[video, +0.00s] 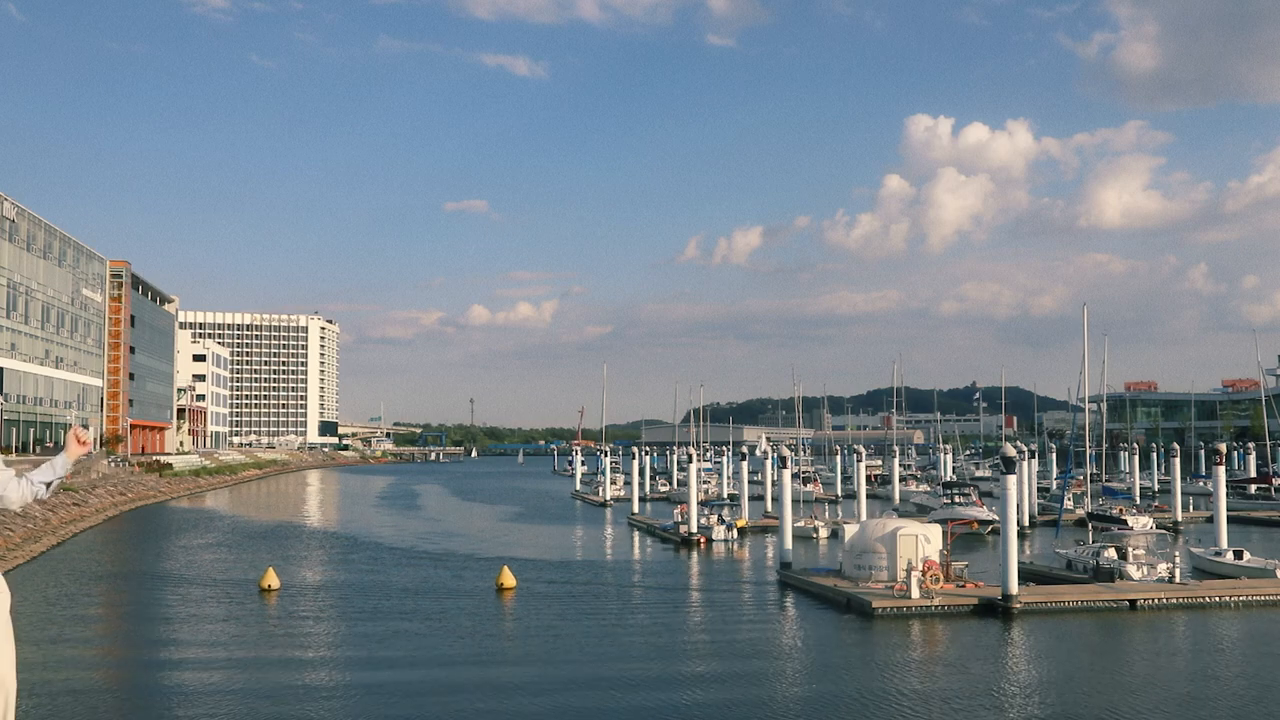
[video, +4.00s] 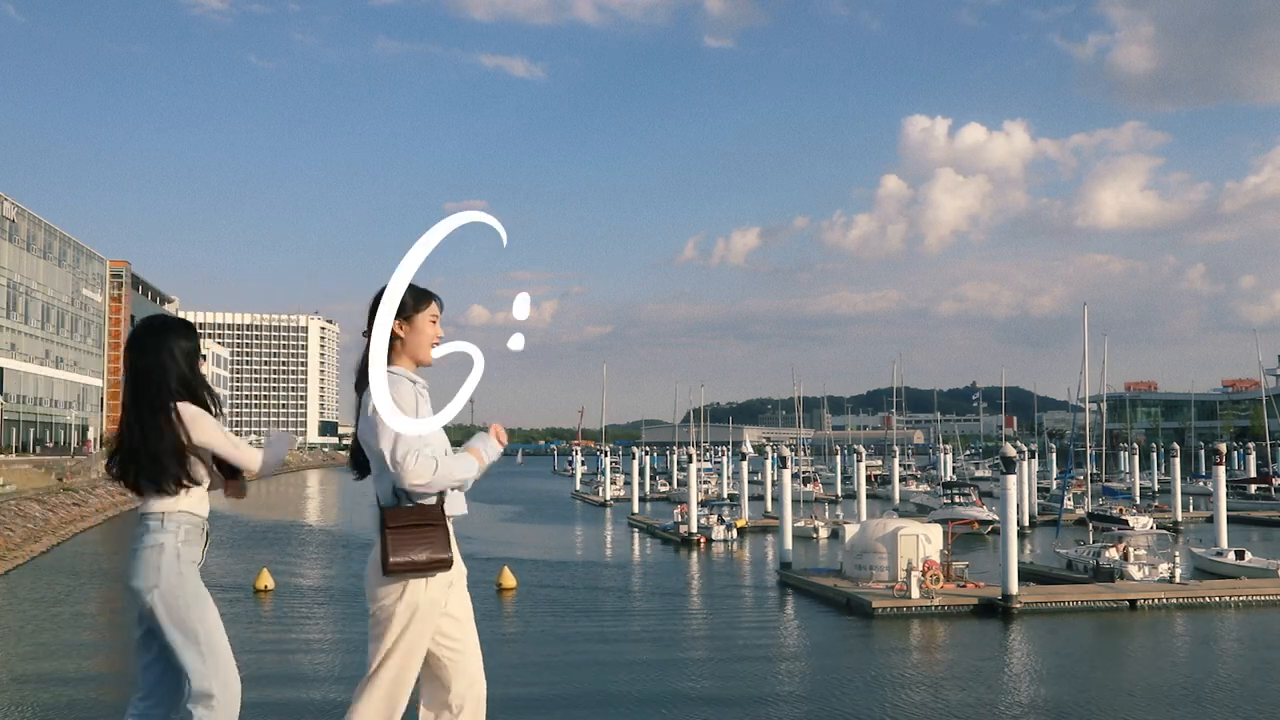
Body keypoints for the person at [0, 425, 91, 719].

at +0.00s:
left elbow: (19, 491)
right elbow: (17, 493)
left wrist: (68, 456)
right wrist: (68, 457)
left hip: (1, 585)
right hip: (0, 586)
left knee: (6, 680)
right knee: (5, 681)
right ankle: (8, 711)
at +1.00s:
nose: (69, 341)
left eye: (72, 332)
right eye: (56, 331)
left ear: (75, 339)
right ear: (23, 338)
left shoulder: (73, 408)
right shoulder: (10, 399)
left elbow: (96, 469)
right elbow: (2, 486)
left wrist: (96, 498)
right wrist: (35, 480)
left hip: (63, 547)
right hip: (18, 549)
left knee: (36, 677)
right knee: (76, 673)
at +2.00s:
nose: (204, 334)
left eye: (205, 325)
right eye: (196, 322)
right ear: (161, 325)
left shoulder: (190, 397)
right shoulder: (136, 387)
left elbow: (210, 482)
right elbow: (148, 463)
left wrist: (269, 461)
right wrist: (210, 454)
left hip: (203, 537)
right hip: (157, 537)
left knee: (220, 680)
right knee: (134, 682)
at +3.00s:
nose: (313, 336)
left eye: (315, 325)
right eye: (301, 326)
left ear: (316, 329)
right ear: (268, 335)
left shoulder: (305, 392)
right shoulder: (257, 391)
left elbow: (312, 468)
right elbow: (246, 478)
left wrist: (340, 488)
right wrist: (321, 450)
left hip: (310, 543)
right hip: (277, 546)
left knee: (280, 683)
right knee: (332, 685)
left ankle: (246, 713)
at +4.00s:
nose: (439, 333)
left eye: (439, 323)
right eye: (431, 322)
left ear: (407, 331)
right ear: (399, 328)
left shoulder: (412, 388)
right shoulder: (390, 389)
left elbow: (425, 472)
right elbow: (415, 473)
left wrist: (476, 452)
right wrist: (480, 451)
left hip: (438, 541)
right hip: (410, 543)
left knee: (462, 692)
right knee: (383, 693)